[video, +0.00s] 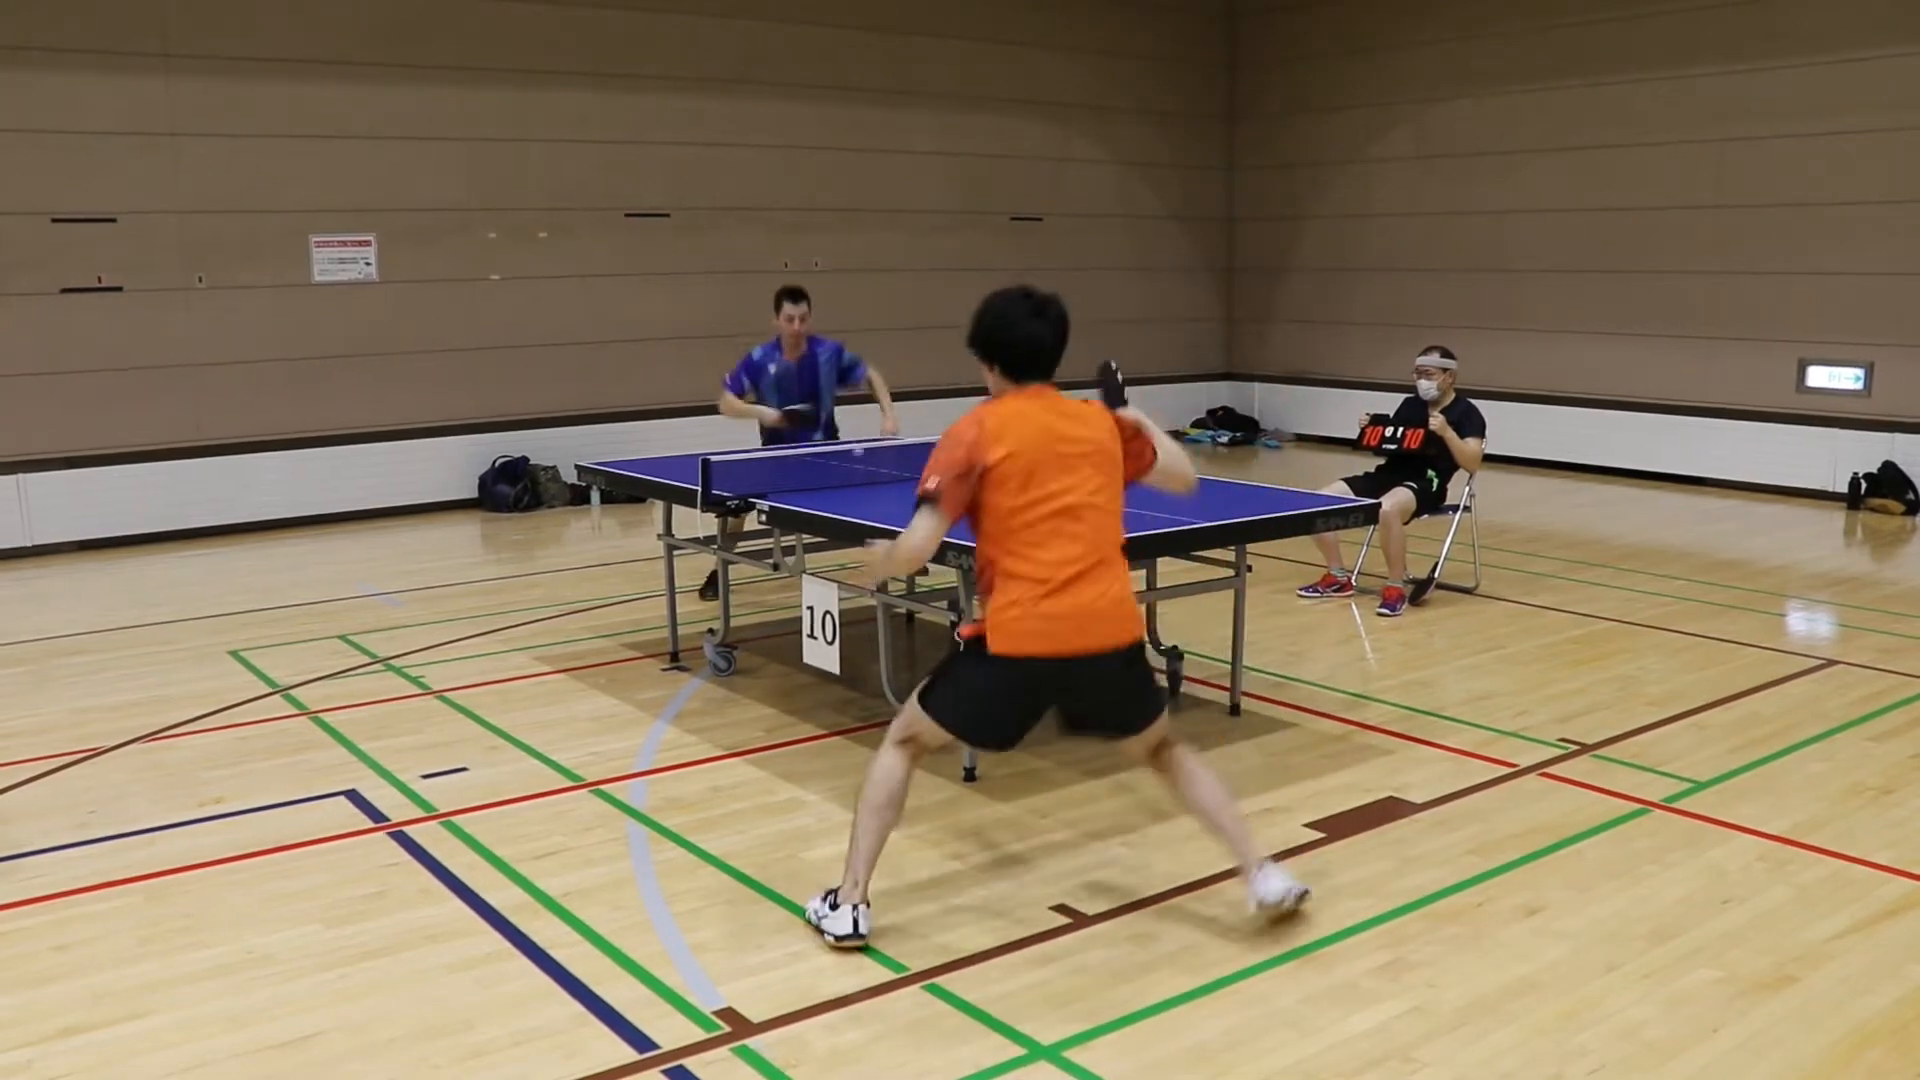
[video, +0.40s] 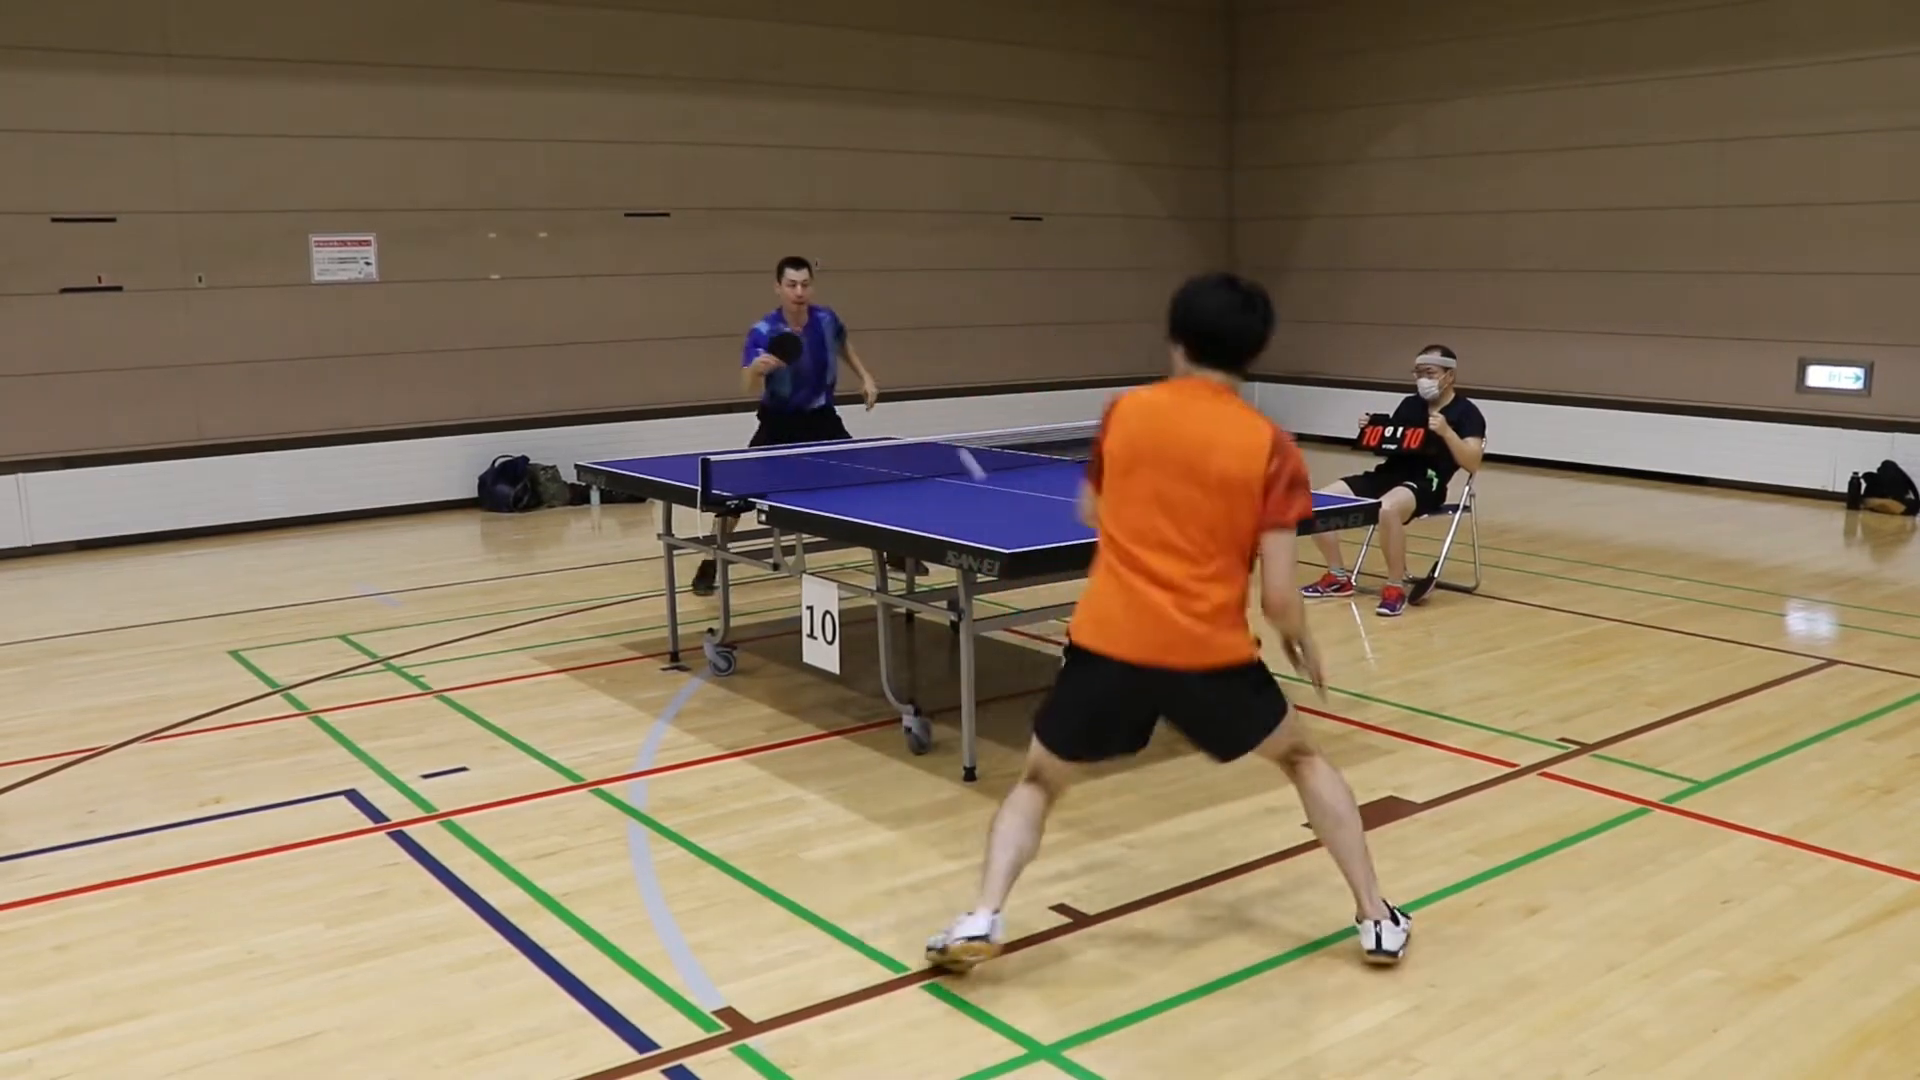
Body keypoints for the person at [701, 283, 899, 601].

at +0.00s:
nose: (797, 327)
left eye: (803, 319)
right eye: (790, 320)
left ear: (810, 319)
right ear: (777, 320)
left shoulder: (829, 354)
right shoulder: (760, 359)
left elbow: (871, 375)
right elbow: (726, 403)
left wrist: (889, 415)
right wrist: (761, 412)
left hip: (826, 453)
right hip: (777, 456)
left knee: (864, 500)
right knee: (736, 502)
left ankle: (897, 559)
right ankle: (721, 569)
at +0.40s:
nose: (800, 292)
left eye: (805, 285)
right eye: (792, 285)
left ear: (812, 287)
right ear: (778, 288)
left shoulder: (826, 321)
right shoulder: (764, 332)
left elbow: (843, 346)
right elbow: (750, 389)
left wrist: (865, 377)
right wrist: (756, 368)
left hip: (822, 421)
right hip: (778, 425)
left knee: (866, 476)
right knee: (737, 490)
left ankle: (891, 548)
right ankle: (713, 559)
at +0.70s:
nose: (765, 280)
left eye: (771, 273)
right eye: (758, 274)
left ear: (778, 276)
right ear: (744, 277)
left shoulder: (796, 310)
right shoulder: (730, 321)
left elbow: (812, 340)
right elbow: (705, 370)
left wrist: (829, 374)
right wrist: (724, 380)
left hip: (798, 411)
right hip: (755, 415)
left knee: (841, 467)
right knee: (722, 485)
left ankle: (862, 534)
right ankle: (690, 554)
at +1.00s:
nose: (754, 340)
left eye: (759, 333)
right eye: (747, 334)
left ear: (766, 332)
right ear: (734, 335)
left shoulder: (788, 363)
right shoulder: (722, 372)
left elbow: (821, 383)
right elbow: (687, 418)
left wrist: (839, 420)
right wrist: (712, 417)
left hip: (786, 459)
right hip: (739, 464)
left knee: (834, 480)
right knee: (703, 500)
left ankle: (847, 544)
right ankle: (677, 563)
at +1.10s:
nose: (758, 345)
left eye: (763, 338)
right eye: (751, 339)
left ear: (769, 336)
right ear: (737, 339)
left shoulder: (789, 367)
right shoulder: (724, 376)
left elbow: (820, 386)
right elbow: (701, 424)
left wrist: (841, 417)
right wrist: (725, 405)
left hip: (784, 462)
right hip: (738, 465)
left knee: (834, 481)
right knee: (703, 499)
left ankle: (848, 544)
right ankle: (676, 564)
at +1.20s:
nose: (759, 336)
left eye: (764, 328)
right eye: (752, 329)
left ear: (769, 329)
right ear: (738, 331)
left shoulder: (785, 359)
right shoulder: (725, 369)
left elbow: (810, 380)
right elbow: (704, 411)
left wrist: (836, 406)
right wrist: (726, 394)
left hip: (782, 454)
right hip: (737, 458)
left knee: (829, 480)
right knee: (700, 498)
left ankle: (847, 544)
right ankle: (676, 563)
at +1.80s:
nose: (665, 286)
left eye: (669, 279)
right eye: (657, 279)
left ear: (672, 282)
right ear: (640, 283)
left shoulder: (687, 319)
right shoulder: (623, 326)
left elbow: (708, 352)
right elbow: (587, 367)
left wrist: (732, 383)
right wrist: (619, 376)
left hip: (687, 421)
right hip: (646, 425)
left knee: (728, 473)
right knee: (635, 491)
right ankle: (617, 554)